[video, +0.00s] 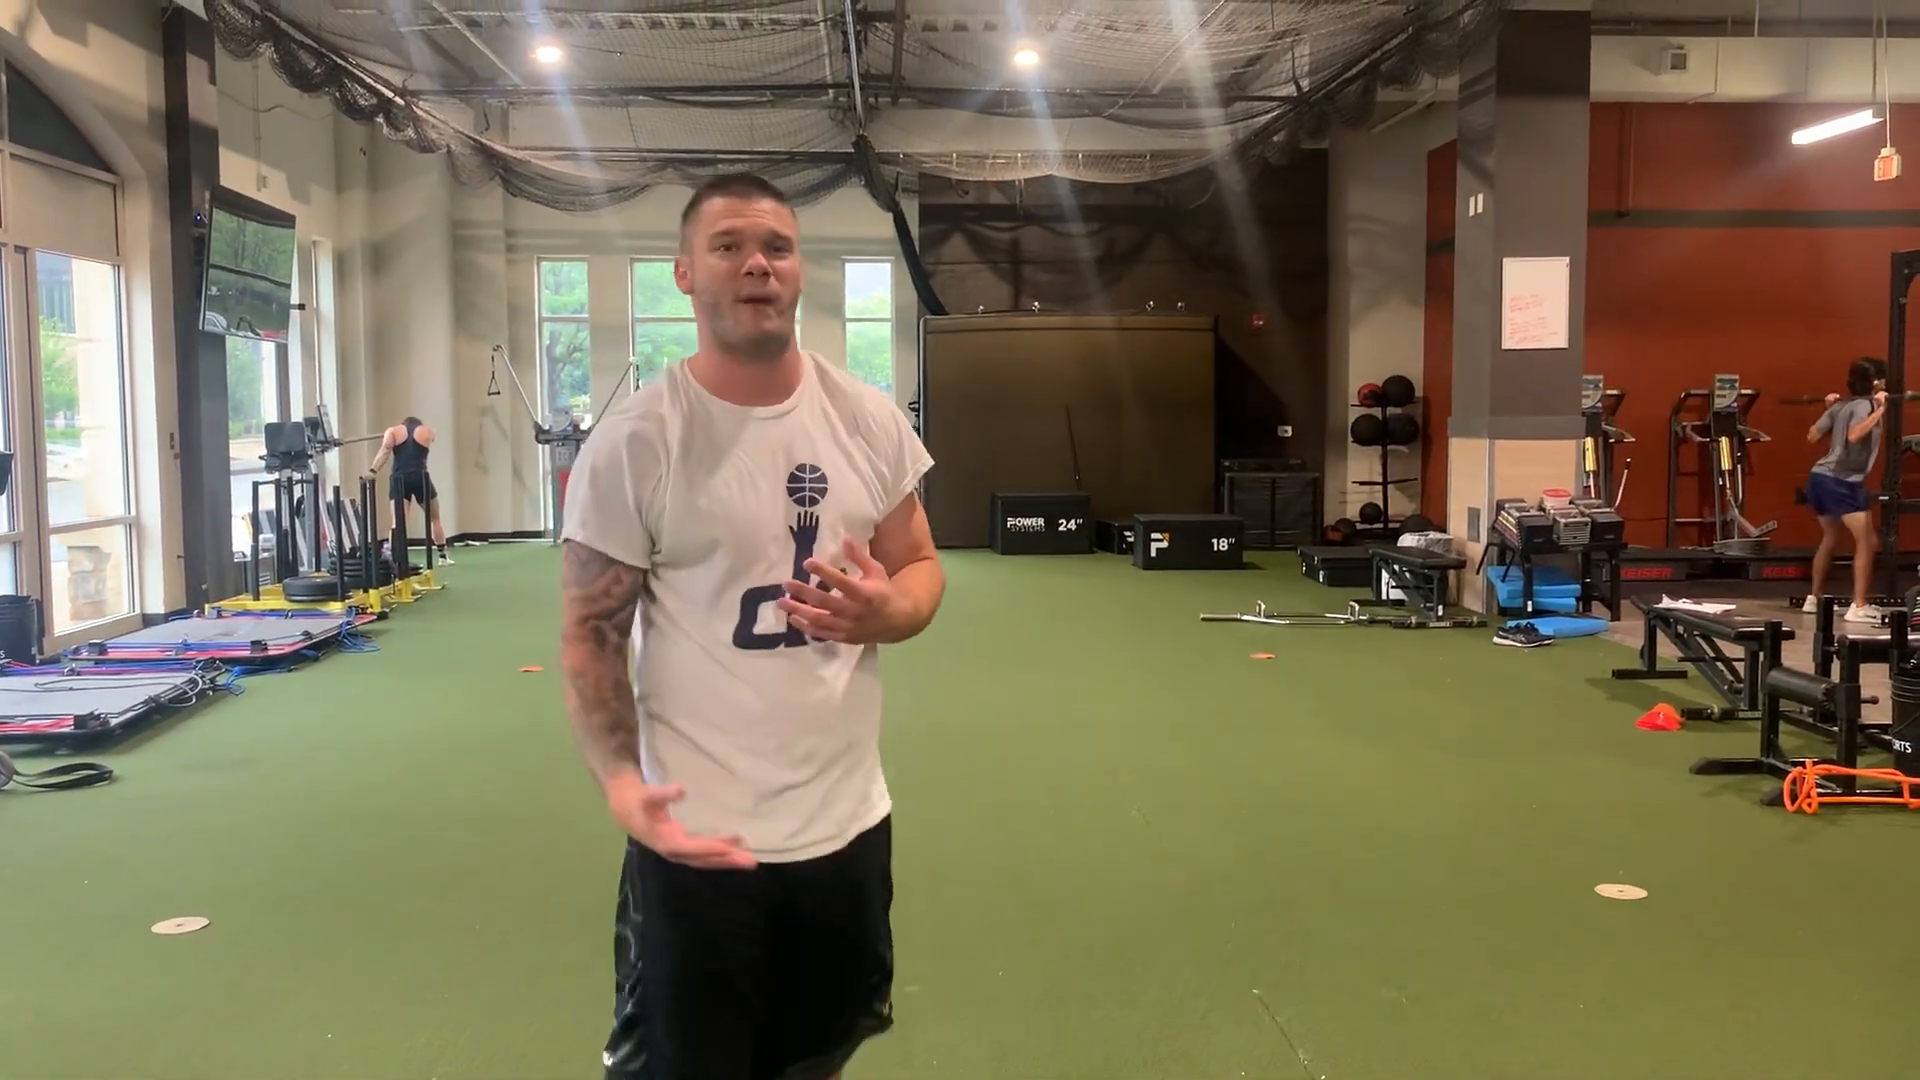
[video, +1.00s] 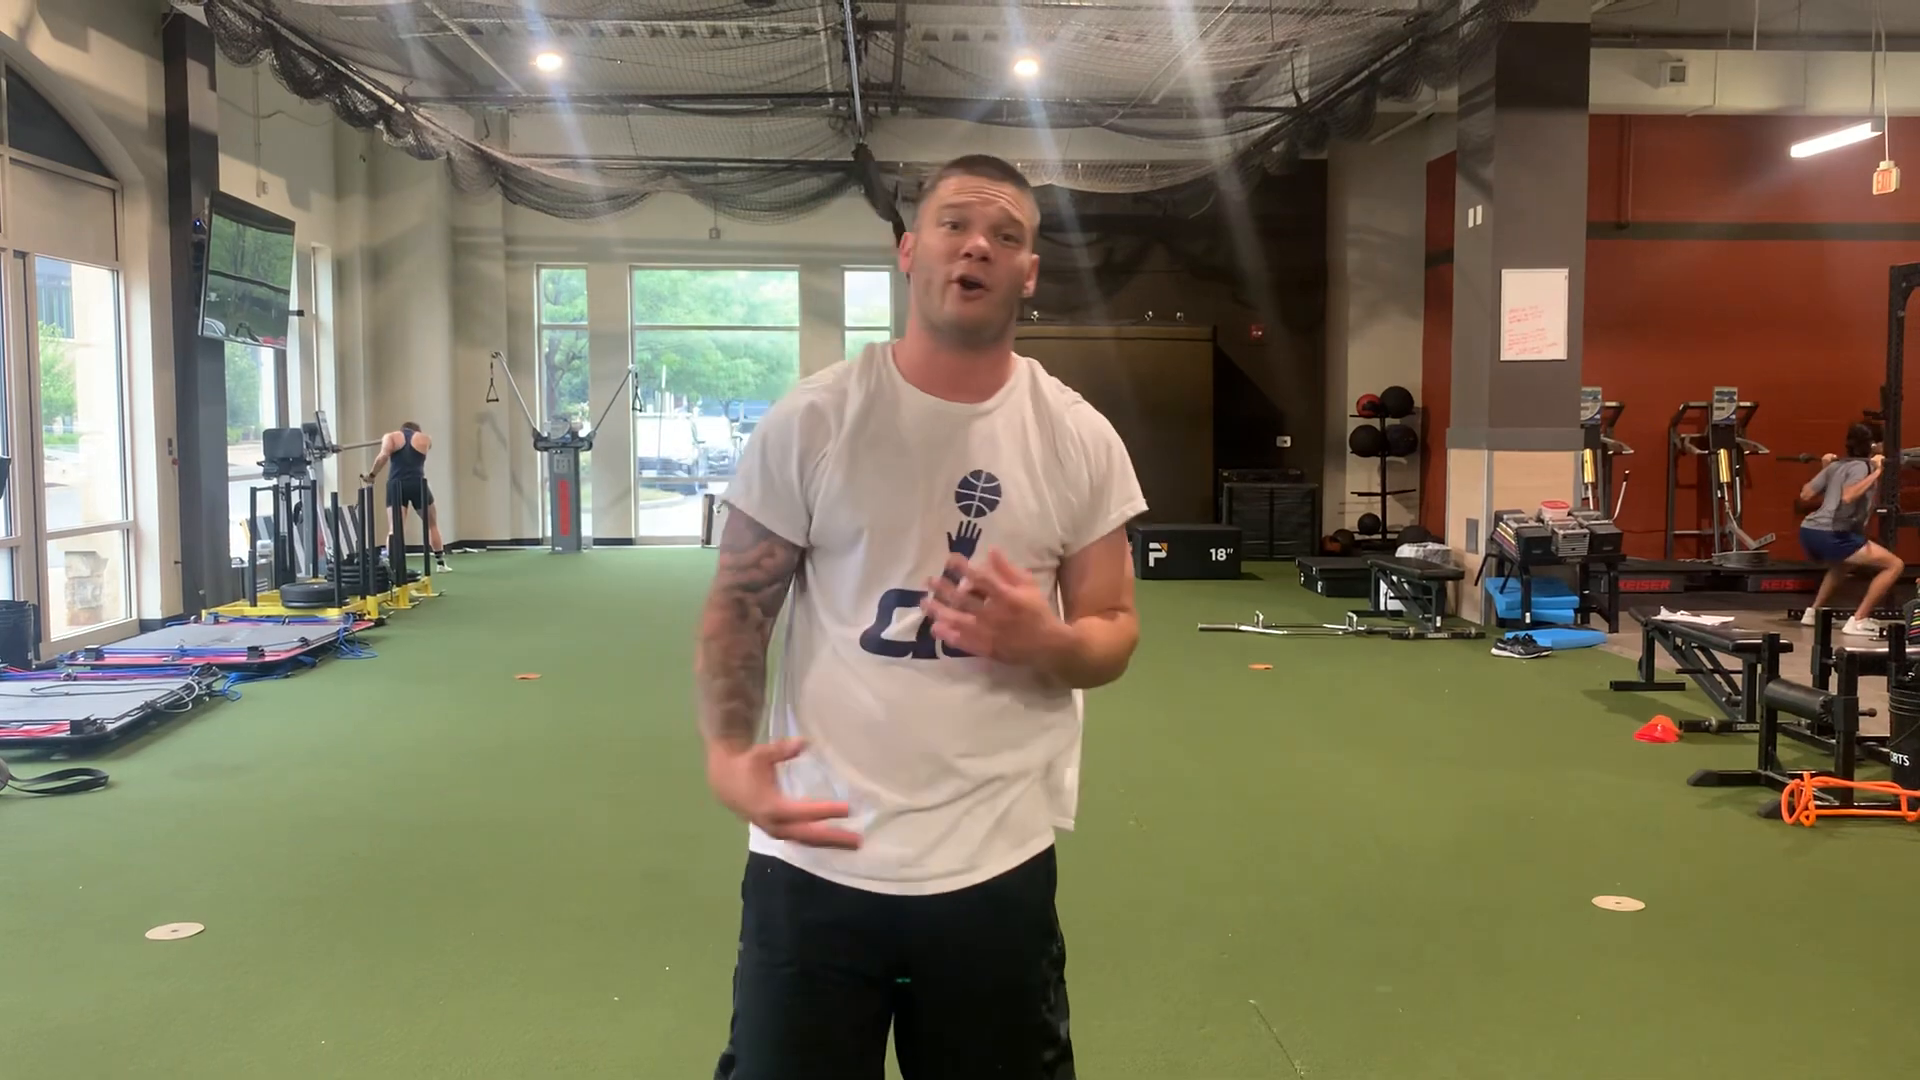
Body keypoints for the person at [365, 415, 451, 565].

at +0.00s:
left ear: (403, 424)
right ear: (419, 424)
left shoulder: (392, 431)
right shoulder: (427, 432)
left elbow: (384, 452)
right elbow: (431, 440)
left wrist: (373, 470)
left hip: (399, 479)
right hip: (420, 478)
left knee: (397, 521)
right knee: (435, 518)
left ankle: (394, 558)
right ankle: (442, 556)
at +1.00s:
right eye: (419, 431)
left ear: (402, 429)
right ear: (418, 430)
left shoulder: (390, 437)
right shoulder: (425, 439)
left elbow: (384, 456)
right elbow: (421, 457)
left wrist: (372, 475)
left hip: (396, 485)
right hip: (417, 484)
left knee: (394, 529)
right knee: (432, 524)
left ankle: (391, 565)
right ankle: (441, 562)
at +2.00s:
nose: (423, 436)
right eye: (423, 433)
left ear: (405, 432)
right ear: (421, 432)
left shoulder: (394, 441)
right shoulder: (429, 443)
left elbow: (386, 464)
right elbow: (424, 465)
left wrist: (375, 480)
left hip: (400, 489)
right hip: (421, 488)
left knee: (397, 532)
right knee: (434, 528)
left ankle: (393, 567)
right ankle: (443, 567)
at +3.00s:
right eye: (418, 428)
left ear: (403, 430)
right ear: (420, 430)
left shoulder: (394, 447)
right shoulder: (429, 448)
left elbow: (388, 469)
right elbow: (423, 467)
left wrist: (377, 488)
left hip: (400, 493)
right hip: (422, 492)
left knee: (398, 536)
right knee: (436, 532)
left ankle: (394, 571)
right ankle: (445, 569)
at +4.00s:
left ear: (408, 434)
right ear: (425, 435)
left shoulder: (399, 450)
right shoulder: (433, 452)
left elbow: (390, 473)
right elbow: (430, 470)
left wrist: (389, 463)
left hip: (405, 497)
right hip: (426, 495)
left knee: (402, 540)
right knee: (440, 536)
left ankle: (398, 573)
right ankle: (449, 574)